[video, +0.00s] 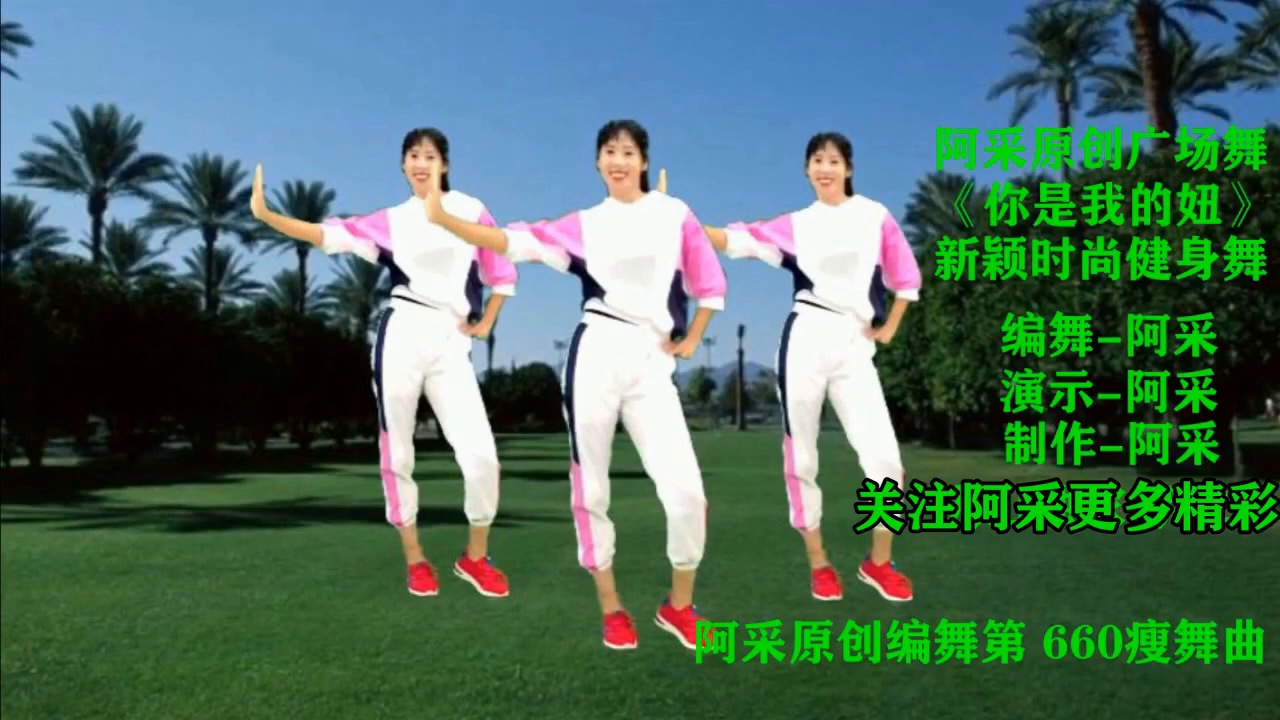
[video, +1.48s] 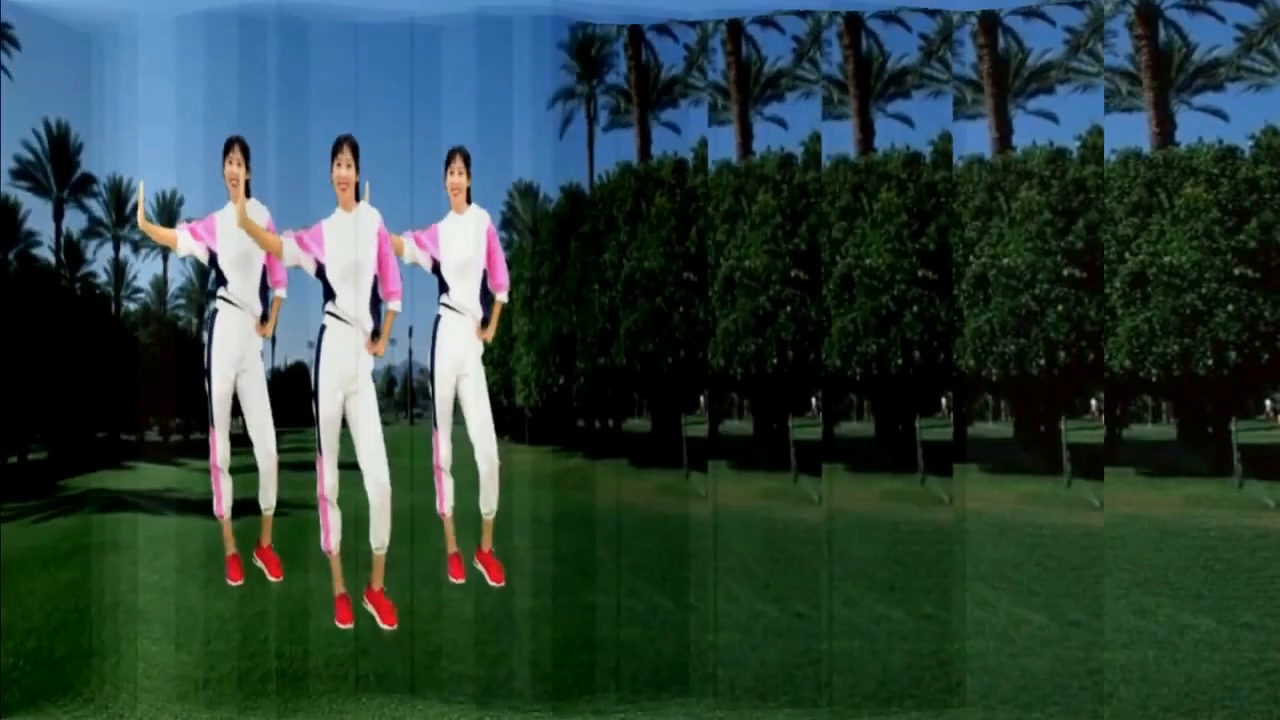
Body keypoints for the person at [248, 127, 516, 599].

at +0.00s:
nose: (420, 164)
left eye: (428, 157)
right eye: (412, 157)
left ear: (444, 165)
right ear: (403, 166)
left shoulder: (473, 211)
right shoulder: (393, 220)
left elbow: (503, 273)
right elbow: (327, 235)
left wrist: (485, 325)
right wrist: (265, 215)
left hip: (451, 335)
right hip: (401, 331)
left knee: (482, 456)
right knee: (399, 453)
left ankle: (476, 557)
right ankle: (415, 561)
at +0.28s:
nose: (420, 164)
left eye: (428, 157)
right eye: (412, 157)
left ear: (444, 165)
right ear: (403, 166)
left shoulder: (473, 211)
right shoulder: (393, 220)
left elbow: (503, 273)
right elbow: (327, 235)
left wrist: (484, 325)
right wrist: (265, 215)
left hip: (451, 335)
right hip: (401, 331)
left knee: (482, 456)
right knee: (399, 453)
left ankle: (476, 557)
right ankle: (415, 561)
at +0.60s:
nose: (420, 164)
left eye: (428, 157)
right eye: (412, 157)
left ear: (444, 165)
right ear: (403, 166)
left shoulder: (473, 211)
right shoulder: (393, 220)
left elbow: (503, 273)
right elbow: (327, 235)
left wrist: (484, 325)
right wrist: (265, 215)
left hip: (451, 335)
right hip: (401, 331)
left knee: (482, 456)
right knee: (399, 453)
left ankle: (476, 557)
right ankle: (415, 561)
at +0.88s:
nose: (420, 164)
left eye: (428, 157)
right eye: (412, 157)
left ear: (444, 165)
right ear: (403, 166)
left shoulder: (473, 211)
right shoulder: (393, 220)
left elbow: (503, 273)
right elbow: (327, 235)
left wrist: (484, 325)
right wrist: (265, 215)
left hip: (451, 335)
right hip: (401, 331)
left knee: (482, 456)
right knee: (399, 453)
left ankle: (476, 557)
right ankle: (415, 561)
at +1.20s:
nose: (420, 164)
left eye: (428, 157)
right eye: (412, 157)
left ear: (444, 165)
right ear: (403, 166)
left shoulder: (473, 211)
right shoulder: (393, 220)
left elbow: (503, 273)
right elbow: (327, 235)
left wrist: (484, 325)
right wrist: (265, 215)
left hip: (451, 335)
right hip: (401, 331)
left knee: (482, 457)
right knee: (399, 453)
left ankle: (476, 557)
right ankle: (415, 561)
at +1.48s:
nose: (456, 180)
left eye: (461, 174)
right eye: (451, 174)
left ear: (471, 180)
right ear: (444, 181)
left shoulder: (483, 222)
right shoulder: (437, 231)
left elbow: (500, 279)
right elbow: (399, 246)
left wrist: (492, 325)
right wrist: (371, 223)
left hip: (473, 336)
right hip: (444, 335)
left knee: (487, 445)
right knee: (442, 444)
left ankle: (485, 547)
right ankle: (452, 548)